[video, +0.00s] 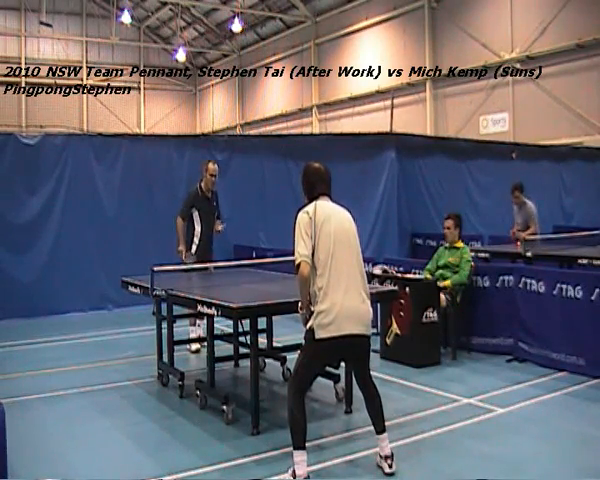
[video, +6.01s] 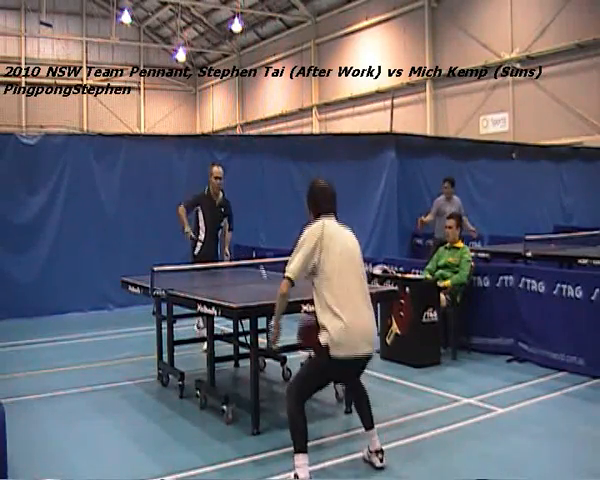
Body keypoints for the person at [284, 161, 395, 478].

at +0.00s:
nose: (304, 190)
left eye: (303, 185)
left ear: (305, 187)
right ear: (329, 186)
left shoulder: (307, 215)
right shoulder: (346, 215)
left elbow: (304, 267)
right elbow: (355, 264)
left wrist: (304, 304)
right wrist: (327, 298)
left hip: (328, 322)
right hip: (360, 319)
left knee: (296, 388)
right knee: (365, 379)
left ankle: (300, 466)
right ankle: (386, 451)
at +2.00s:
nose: (307, 191)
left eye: (307, 186)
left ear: (309, 189)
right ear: (332, 187)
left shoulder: (313, 218)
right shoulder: (350, 214)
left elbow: (306, 273)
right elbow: (358, 262)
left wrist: (308, 313)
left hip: (340, 317)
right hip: (373, 314)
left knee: (310, 385)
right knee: (367, 377)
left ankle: (321, 461)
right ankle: (386, 449)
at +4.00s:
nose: (322, 169)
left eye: (322, 164)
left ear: (324, 166)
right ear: (348, 166)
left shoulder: (320, 194)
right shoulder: (363, 200)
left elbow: (311, 245)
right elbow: (373, 255)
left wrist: (316, 284)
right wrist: (353, 281)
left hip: (331, 309)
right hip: (363, 308)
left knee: (308, 385)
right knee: (372, 374)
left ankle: (299, 463)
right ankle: (386, 445)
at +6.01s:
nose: (307, 208)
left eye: (307, 204)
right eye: (309, 203)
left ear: (310, 205)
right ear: (334, 205)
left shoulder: (316, 231)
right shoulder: (348, 234)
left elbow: (286, 284)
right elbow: (349, 284)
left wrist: (276, 322)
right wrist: (322, 308)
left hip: (339, 343)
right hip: (366, 340)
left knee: (295, 393)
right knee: (352, 380)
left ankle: (301, 470)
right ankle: (375, 447)